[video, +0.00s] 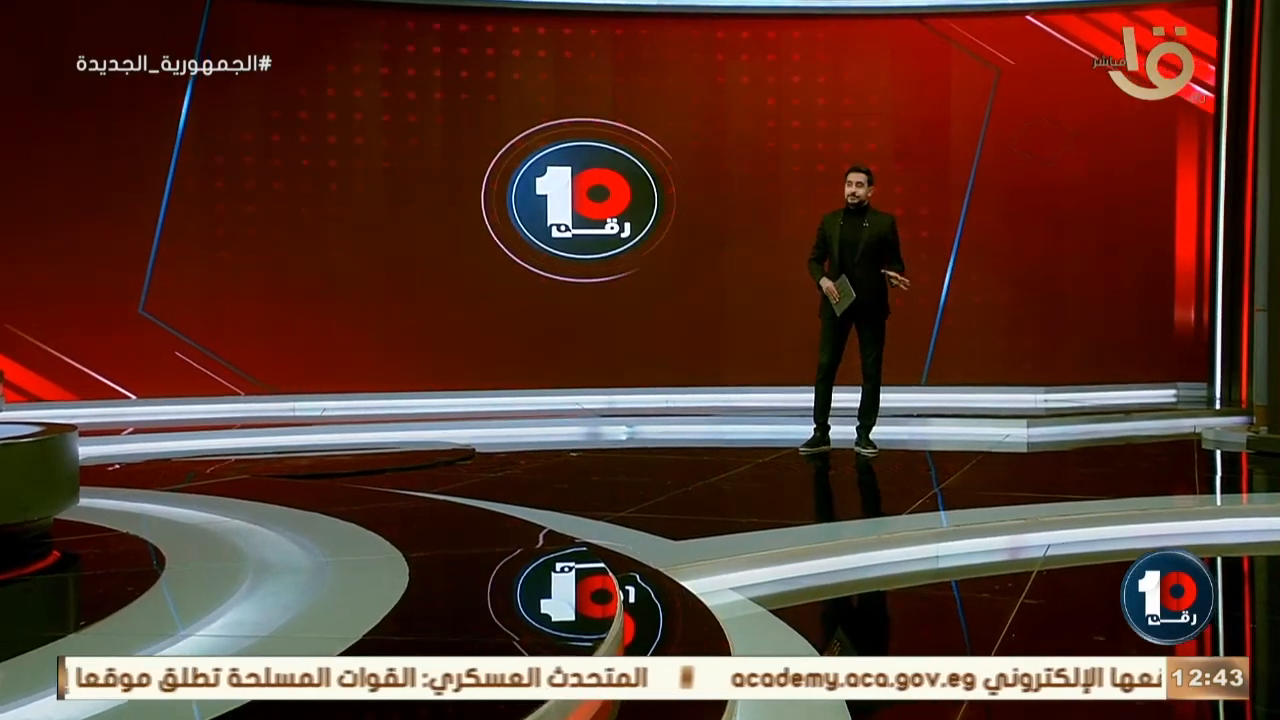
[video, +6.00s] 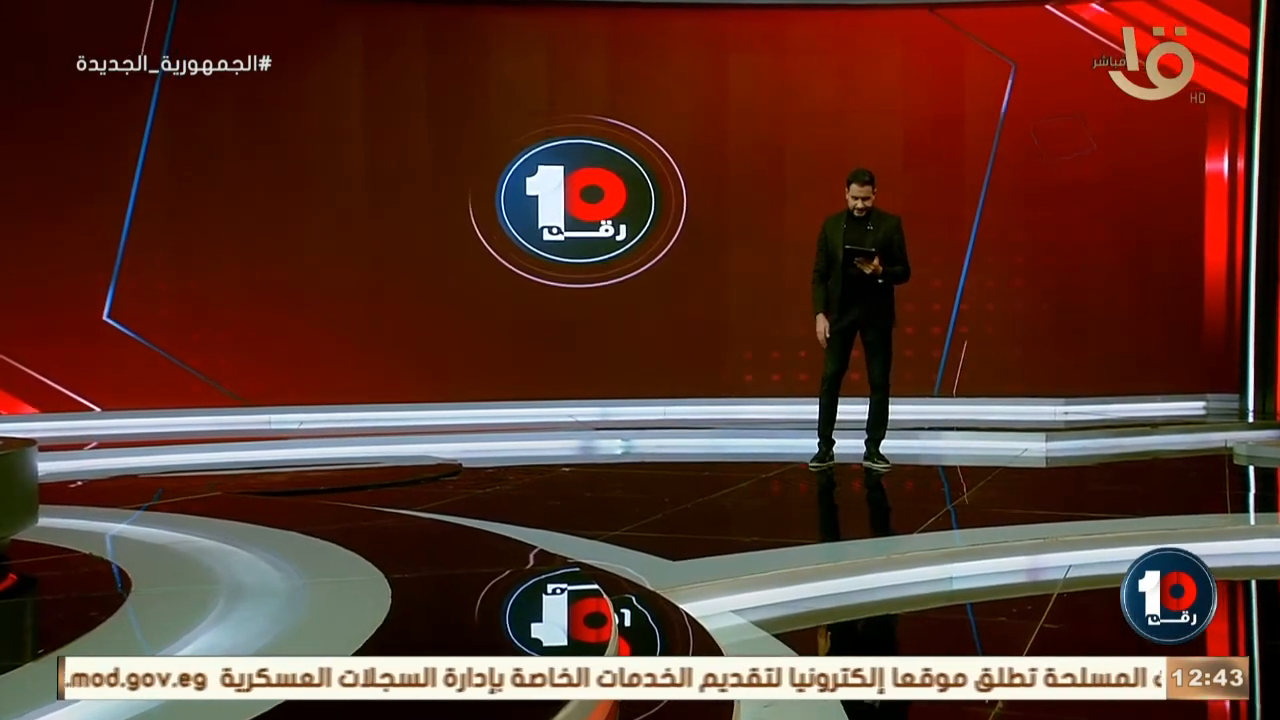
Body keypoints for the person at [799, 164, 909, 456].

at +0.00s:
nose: (853, 189)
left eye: (860, 185)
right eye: (849, 184)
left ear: (870, 190)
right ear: (843, 188)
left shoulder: (884, 222)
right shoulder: (830, 221)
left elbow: (895, 263)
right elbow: (815, 262)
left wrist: (894, 276)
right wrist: (822, 280)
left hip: (871, 307)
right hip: (836, 305)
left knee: (871, 373)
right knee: (825, 368)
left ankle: (864, 435)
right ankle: (820, 433)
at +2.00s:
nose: (857, 192)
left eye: (862, 186)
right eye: (852, 186)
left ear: (871, 190)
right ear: (844, 190)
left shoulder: (886, 223)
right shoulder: (830, 223)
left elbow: (896, 261)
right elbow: (812, 265)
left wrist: (903, 278)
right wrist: (825, 283)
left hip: (873, 308)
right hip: (836, 307)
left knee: (873, 376)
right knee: (826, 372)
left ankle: (868, 440)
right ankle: (819, 437)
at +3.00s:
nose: (820, 195)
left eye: (825, 189)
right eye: (815, 190)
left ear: (834, 191)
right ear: (807, 194)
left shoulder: (852, 224)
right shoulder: (796, 228)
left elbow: (868, 266)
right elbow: (782, 270)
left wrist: (860, 283)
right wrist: (796, 284)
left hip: (844, 311)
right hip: (809, 312)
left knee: (856, 373)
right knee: (810, 378)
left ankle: (868, 441)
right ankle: (819, 441)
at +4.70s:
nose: (862, 204)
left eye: (867, 199)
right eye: (857, 198)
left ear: (874, 197)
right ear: (847, 195)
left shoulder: (890, 224)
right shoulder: (833, 226)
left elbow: (904, 271)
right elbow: (818, 271)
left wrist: (884, 272)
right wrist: (832, 269)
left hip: (878, 315)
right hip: (842, 315)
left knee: (880, 381)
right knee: (831, 378)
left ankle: (873, 446)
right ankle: (822, 444)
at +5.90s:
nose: (864, 206)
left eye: (869, 200)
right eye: (859, 199)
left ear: (878, 197)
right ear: (850, 195)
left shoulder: (893, 226)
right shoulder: (836, 226)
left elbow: (906, 274)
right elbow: (822, 273)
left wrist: (883, 272)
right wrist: (824, 312)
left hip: (880, 317)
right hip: (844, 316)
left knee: (881, 383)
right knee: (833, 378)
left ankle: (873, 449)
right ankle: (825, 446)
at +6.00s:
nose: (860, 204)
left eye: (866, 198)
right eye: (855, 198)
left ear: (874, 196)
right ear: (846, 195)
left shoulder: (889, 225)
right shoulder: (833, 225)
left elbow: (903, 273)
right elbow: (820, 273)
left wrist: (880, 271)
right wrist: (820, 313)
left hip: (877, 316)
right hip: (840, 315)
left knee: (879, 383)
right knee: (830, 379)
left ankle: (873, 449)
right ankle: (824, 447)